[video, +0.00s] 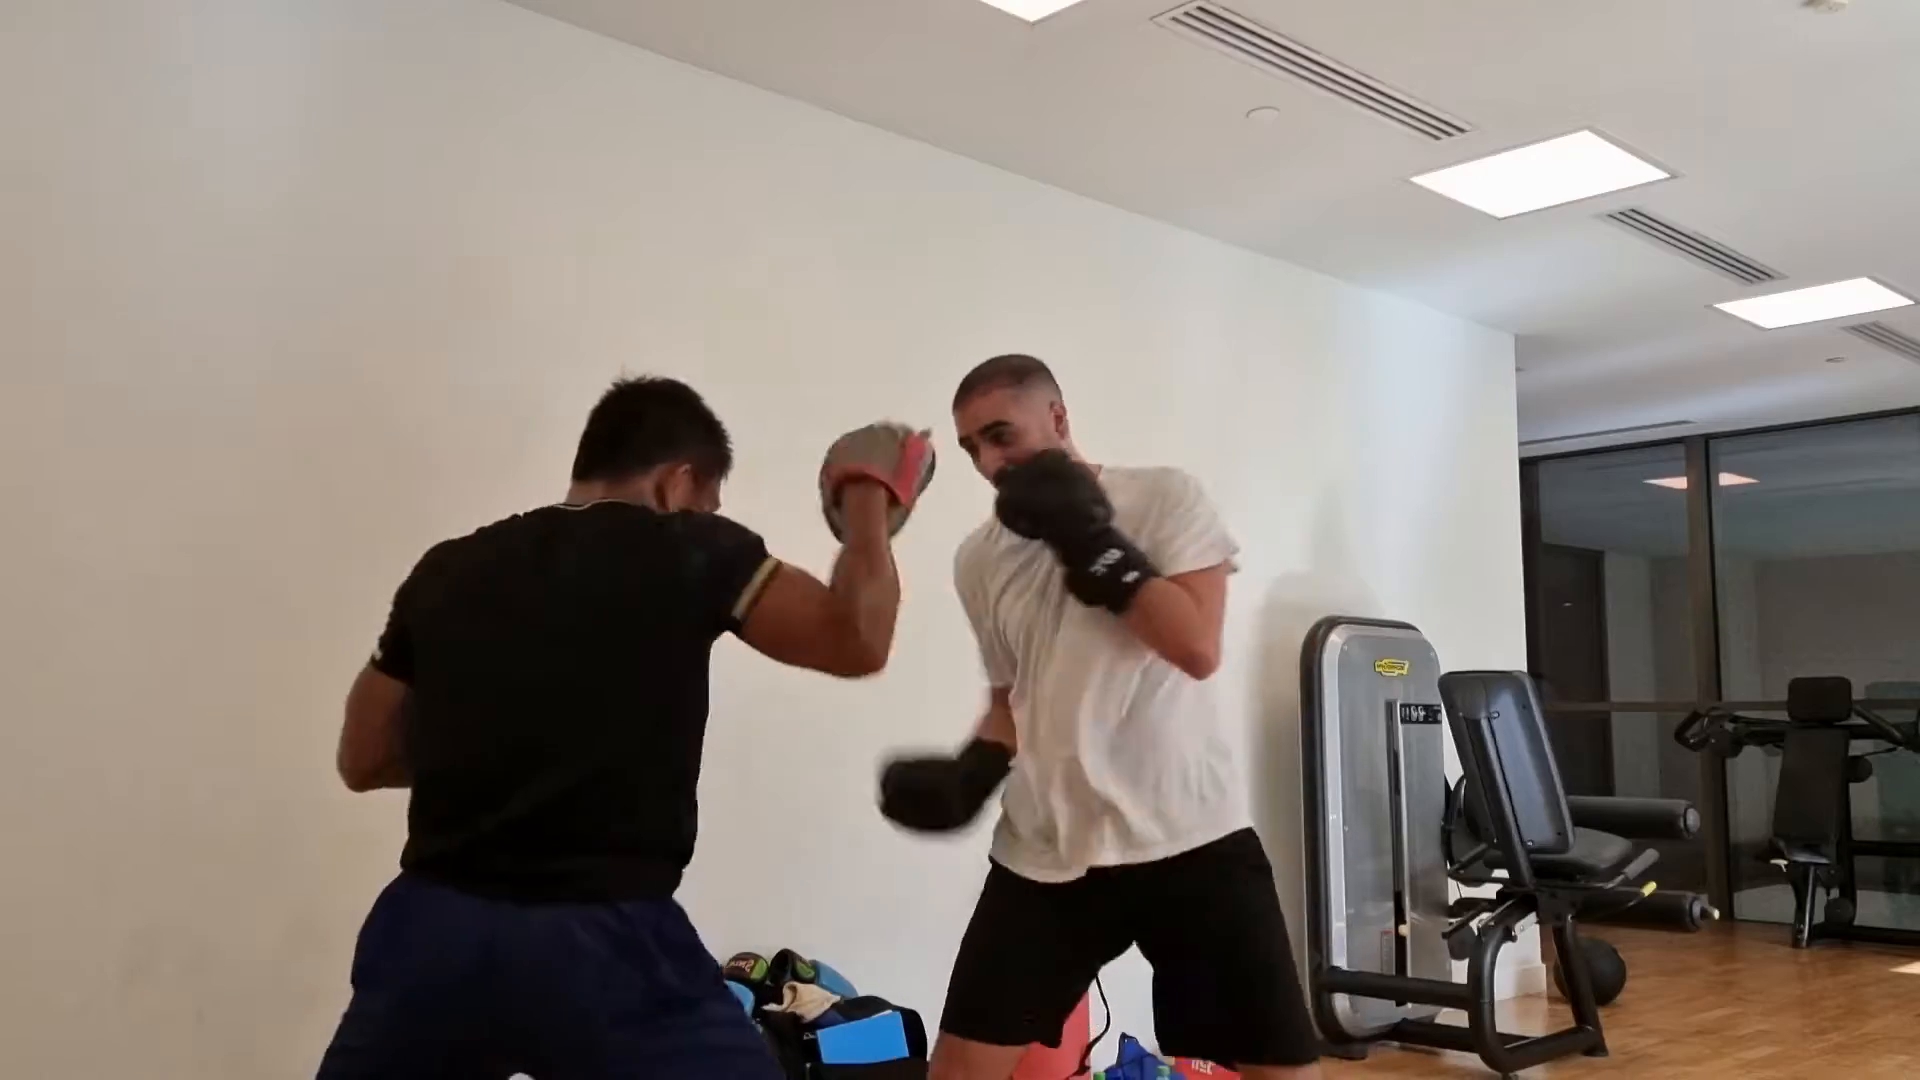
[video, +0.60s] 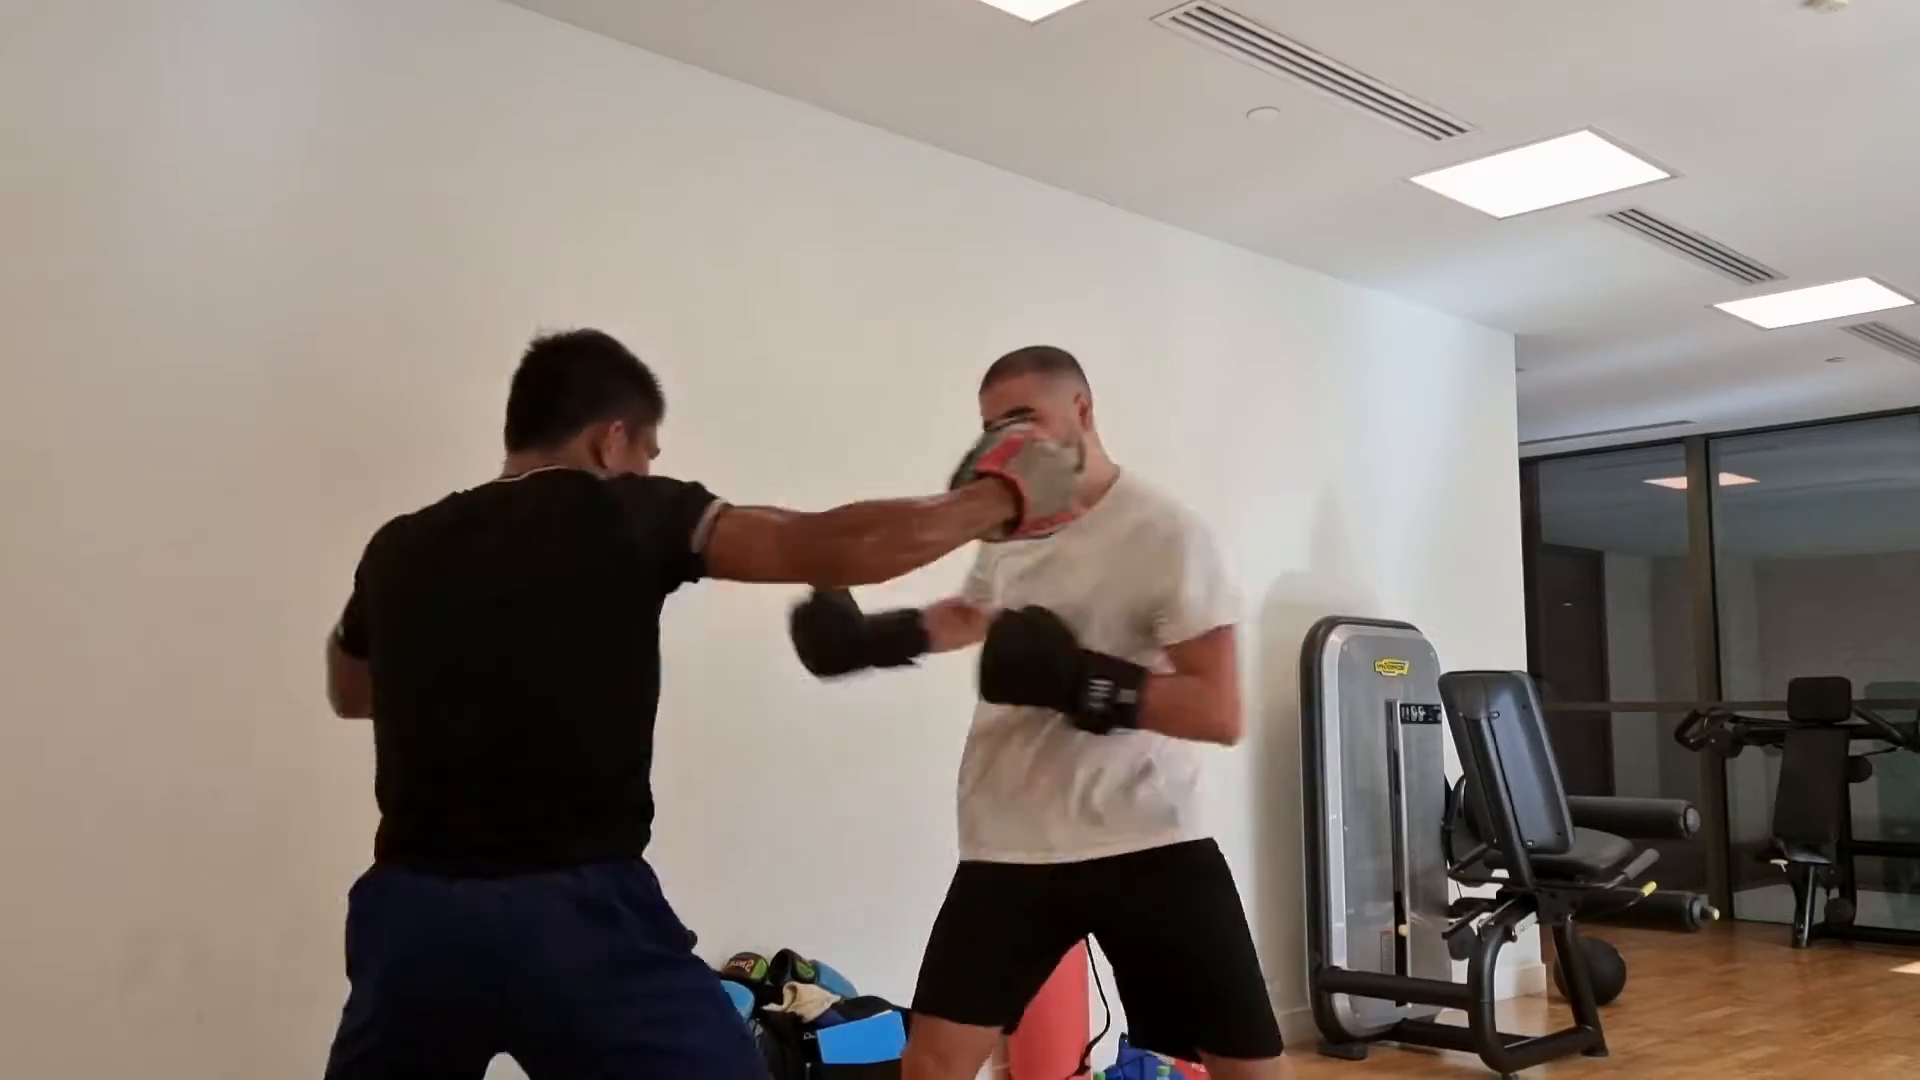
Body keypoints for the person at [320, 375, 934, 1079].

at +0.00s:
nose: (710, 522)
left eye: (715, 506)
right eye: (712, 502)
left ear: (584, 470)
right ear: (676, 480)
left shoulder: (447, 568)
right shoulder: (689, 549)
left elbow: (363, 759)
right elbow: (858, 641)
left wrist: (493, 720)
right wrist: (868, 497)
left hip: (428, 950)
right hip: (613, 958)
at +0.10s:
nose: (671, 531)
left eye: (679, 518)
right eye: (674, 513)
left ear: (551, 471)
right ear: (637, 483)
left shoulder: (408, 568)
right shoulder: (642, 554)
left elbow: (348, 765)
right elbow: (809, 662)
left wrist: (466, 693)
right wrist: (840, 546)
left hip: (398, 956)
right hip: (588, 959)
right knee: (711, 1057)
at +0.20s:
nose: (633, 532)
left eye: (642, 515)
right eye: (635, 513)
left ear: (503, 478)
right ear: (592, 485)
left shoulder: (374, 575)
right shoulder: (593, 553)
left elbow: (326, 738)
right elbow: (724, 667)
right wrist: (845, 592)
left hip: (378, 961)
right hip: (560, 957)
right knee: (717, 1059)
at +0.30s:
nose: (644, 530)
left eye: (656, 509)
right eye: (652, 504)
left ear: (527, 463)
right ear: (612, 473)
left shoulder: (414, 565)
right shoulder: (582, 541)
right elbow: (659, 702)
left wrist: (752, 661)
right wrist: (794, 638)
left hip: (388, 954)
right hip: (549, 956)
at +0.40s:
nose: (671, 521)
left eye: (686, 494)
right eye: (684, 486)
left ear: (557, 448)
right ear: (642, 459)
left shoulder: (455, 550)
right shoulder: (577, 538)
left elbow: (538, 686)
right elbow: (654, 711)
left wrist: (673, 619)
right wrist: (770, 635)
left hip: (400, 934)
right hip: (537, 943)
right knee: (689, 1062)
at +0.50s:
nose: (660, 489)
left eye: (666, 466)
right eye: (664, 461)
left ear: (538, 432)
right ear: (625, 440)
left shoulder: (427, 539)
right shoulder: (593, 515)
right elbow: (707, 620)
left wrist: (639, 542)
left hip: (416, 923)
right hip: (568, 922)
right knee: (701, 1064)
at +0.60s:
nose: (651, 473)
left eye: (654, 456)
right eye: (650, 454)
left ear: (511, 442)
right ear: (609, 439)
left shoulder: (399, 547)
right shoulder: (632, 512)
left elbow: (348, 693)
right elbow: (826, 548)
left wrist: (463, 651)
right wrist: (993, 500)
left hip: (410, 927)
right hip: (587, 925)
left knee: (375, 1068)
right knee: (719, 1064)